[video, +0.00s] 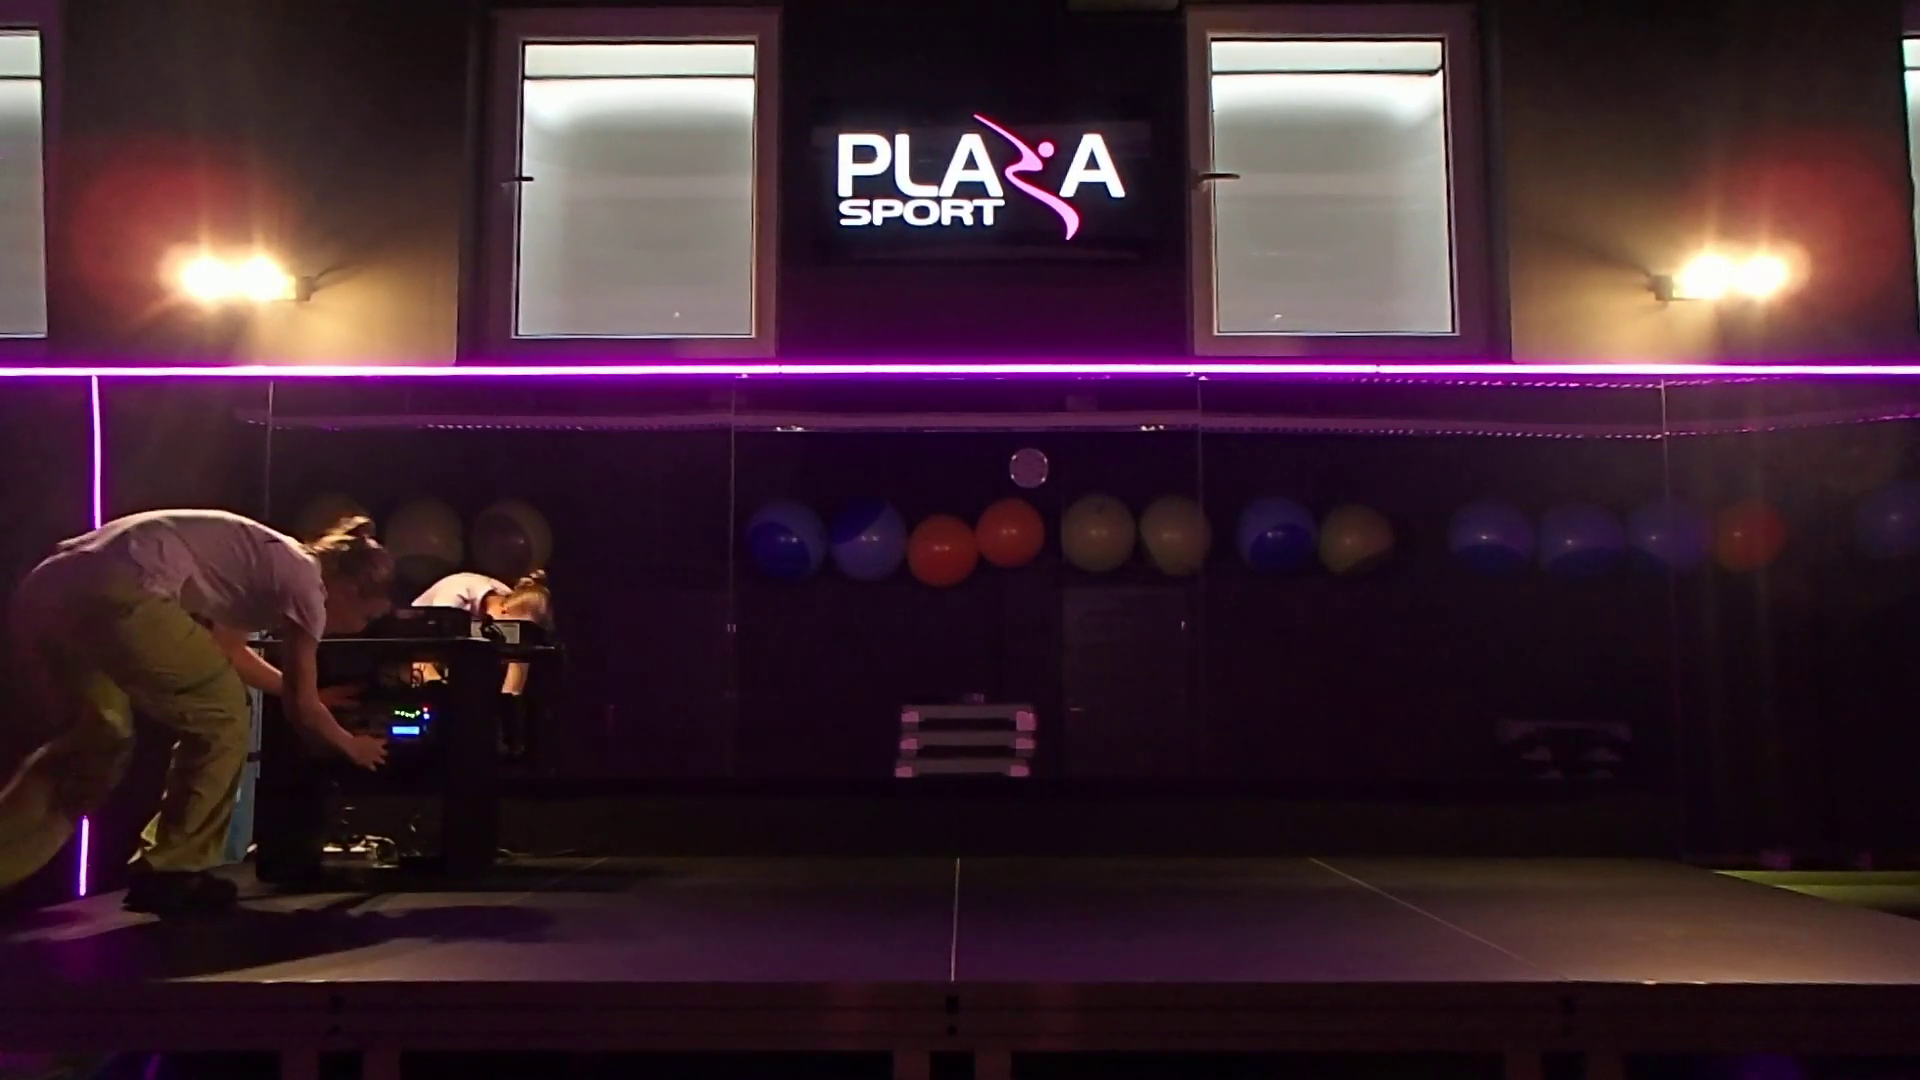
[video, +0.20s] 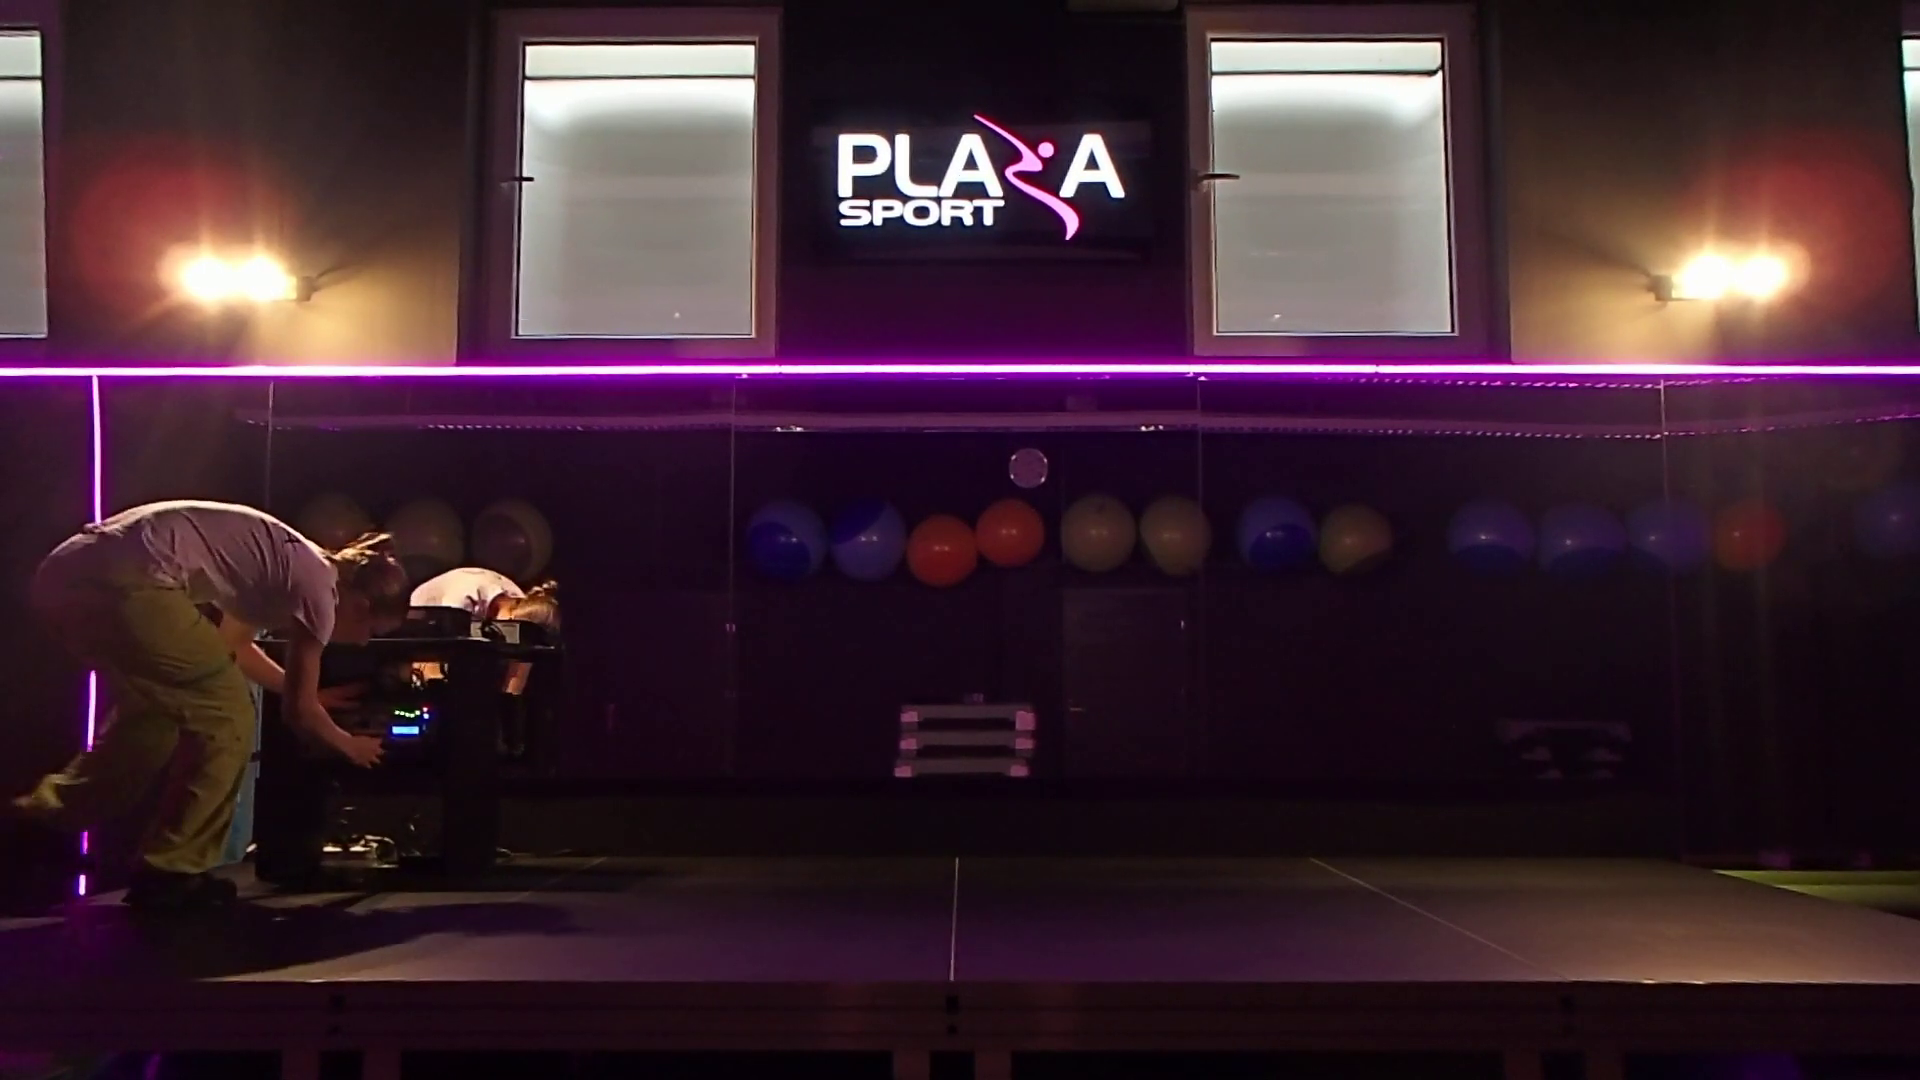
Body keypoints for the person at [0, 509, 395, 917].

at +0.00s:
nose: (358, 628)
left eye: (369, 620)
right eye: (366, 616)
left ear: (340, 570)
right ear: (349, 588)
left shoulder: (256, 567)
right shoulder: (305, 584)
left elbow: (226, 645)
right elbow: (303, 705)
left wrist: (299, 694)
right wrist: (350, 744)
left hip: (48, 587)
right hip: (123, 591)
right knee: (222, 715)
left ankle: (1, 864)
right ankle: (170, 872)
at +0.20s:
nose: (359, 639)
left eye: (371, 634)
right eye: (370, 628)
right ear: (359, 601)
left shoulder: (269, 564)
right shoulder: (316, 582)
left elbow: (232, 644)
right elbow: (302, 710)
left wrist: (298, 693)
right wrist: (347, 743)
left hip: (65, 577)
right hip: (130, 584)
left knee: (160, 714)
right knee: (231, 711)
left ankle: (43, 817)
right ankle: (172, 871)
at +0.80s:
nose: (355, 638)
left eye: (367, 634)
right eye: (366, 628)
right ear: (356, 596)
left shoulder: (279, 563)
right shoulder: (318, 576)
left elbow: (236, 639)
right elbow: (295, 699)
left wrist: (300, 691)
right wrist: (343, 736)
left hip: (80, 559)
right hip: (124, 562)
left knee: (162, 708)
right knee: (216, 700)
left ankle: (163, 862)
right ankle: (173, 869)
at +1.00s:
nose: (354, 633)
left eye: (367, 630)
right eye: (365, 624)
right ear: (354, 592)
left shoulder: (277, 560)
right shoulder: (315, 572)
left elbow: (236, 638)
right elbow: (297, 695)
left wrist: (299, 689)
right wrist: (344, 734)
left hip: (79, 559)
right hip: (123, 563)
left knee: (161, 710)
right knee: (214, 701)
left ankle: (163, 862)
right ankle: (173, 869)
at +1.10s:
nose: (357, 627)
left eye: (369, 623)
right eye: (367, 618)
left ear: (355, 578)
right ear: (356, 585)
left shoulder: (276, 553)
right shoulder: (314, 563)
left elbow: (237, 636)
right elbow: (297, 689)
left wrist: (301, 687)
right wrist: (349, 732)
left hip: (77, 559)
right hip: (120, 562)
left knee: (160, 709)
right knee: (211, 703)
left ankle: (160, 861)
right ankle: (174, 869)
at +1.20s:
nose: (360, 617)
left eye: (373, 612)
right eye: (370, 606)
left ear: (363, 565)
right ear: (363, 574)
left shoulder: (281, 537)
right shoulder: (313, 553)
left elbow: (241, 630)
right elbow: (289, 672)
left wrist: (308, 695)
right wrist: (339, 738)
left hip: (83, 555)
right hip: (124, 562)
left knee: (163, 716)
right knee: (208, 720)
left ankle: (164, 865)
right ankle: (171, 872)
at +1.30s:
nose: (371, 595)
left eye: (382, 586)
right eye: (379, 579)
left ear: (357, 537)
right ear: (365, 551)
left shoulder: (290, 523)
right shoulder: (311, 535)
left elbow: (245, 628)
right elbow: (269, 644)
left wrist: (294, 679)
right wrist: (305, 745)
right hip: (121, 562)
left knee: (185, 720)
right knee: (202, 722)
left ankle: (175, 868)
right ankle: (167, 874)